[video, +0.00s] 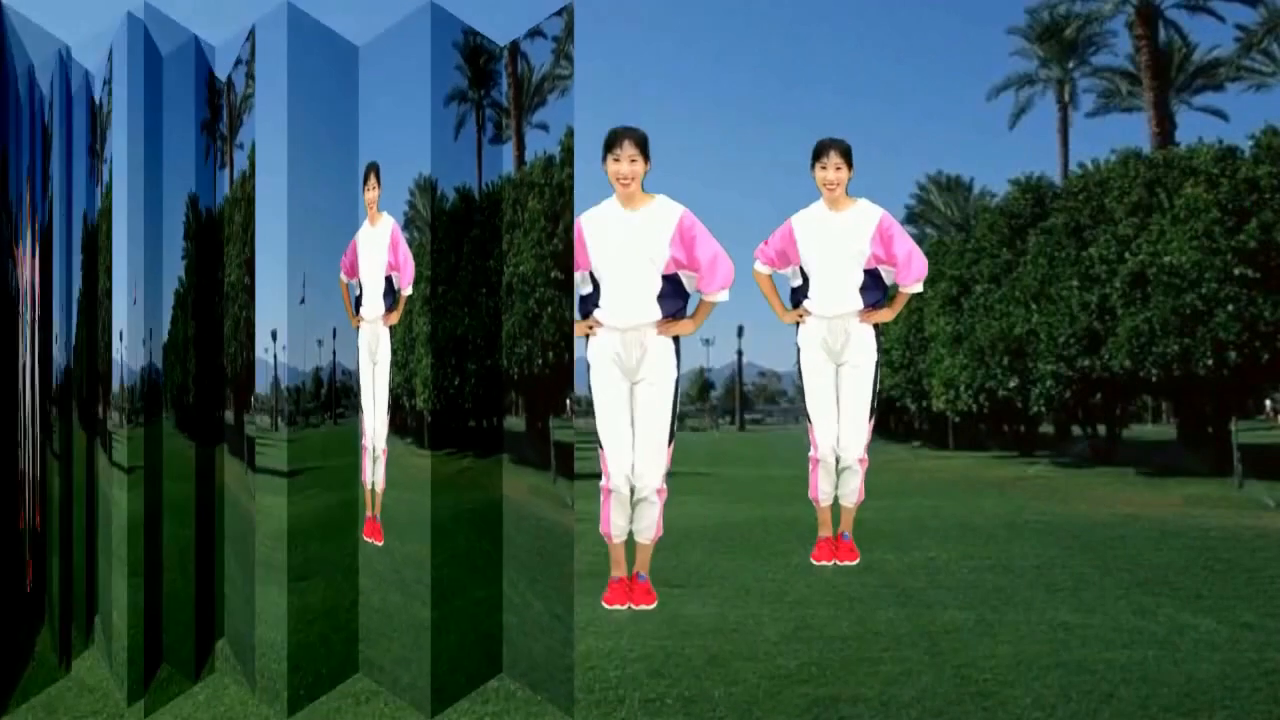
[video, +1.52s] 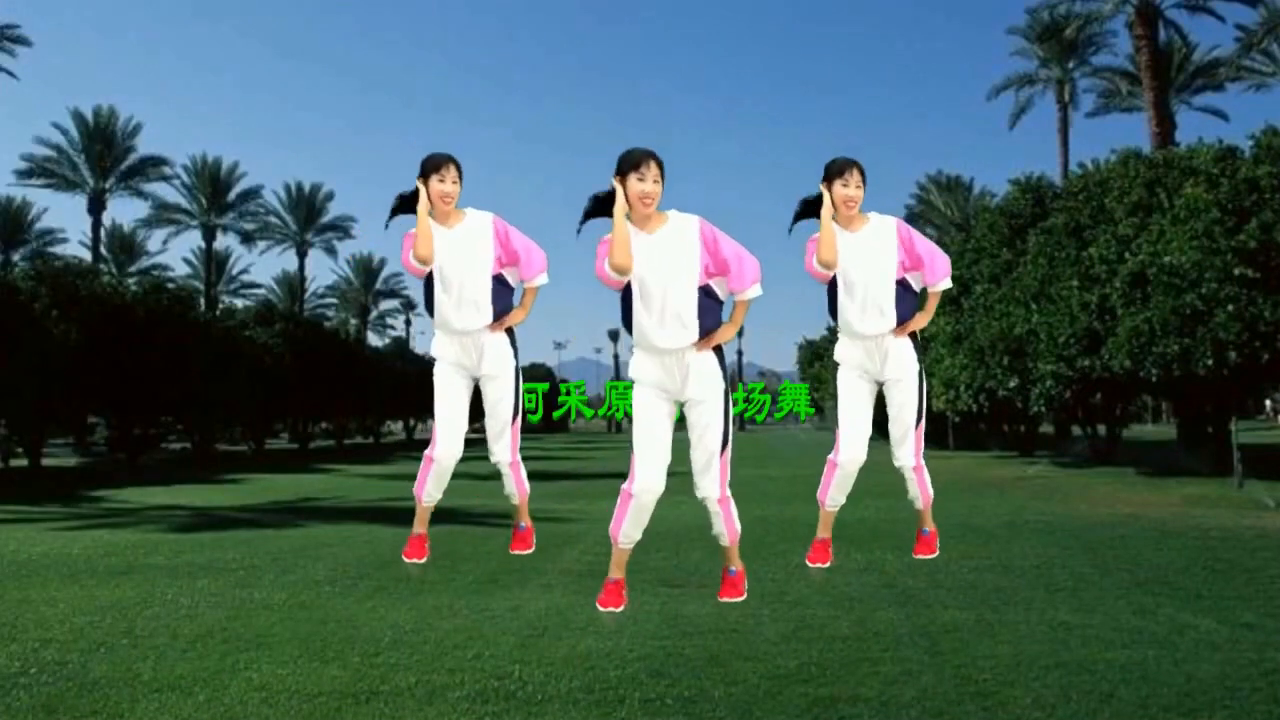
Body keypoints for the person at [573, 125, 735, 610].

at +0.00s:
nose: (625, 168)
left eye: (633, 159)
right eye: (616, 159)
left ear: (646, 165)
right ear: (605, 166)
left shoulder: (672, 216)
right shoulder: (587, 225)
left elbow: (720, 269)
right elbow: (562, 278)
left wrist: (694, 321)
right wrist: (573, 320)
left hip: (657, 347)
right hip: (606, 348)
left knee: (651, 468)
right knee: (616, 466)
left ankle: (641, 574)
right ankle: (617, 574)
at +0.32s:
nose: (627, 157)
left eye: (635, 148)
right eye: (618, 149)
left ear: (649, 155)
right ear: (607, 157)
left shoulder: (674, 208)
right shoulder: (593, 213)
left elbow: (720, 263)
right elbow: (547, 261)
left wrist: (694, 315)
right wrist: (571, 314)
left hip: (657, 339)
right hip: (606, 339)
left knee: (653, 457)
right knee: (612, 457)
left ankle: (643, 572)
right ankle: (616, 573)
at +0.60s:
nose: (632, 166)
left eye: (640, 158)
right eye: (623, 158)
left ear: (653, 168)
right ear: (612, 168)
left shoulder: (674, 223)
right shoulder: (594, 225)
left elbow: (723, 278)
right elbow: (547, 273)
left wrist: (694, 328)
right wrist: (571, 328)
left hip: (659, 350)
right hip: (608, 349)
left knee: (653, 467)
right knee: (618, 467)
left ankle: (643, 573)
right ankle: (618, 573)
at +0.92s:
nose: (631, 157)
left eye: (638, 150)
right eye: (621, 149)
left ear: (649, 161)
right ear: (606, 161)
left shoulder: (674, 213)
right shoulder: (589, 218)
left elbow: (718, 265)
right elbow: (543, 266)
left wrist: (694, 318)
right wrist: (577, 302)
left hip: (658, 343)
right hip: (607, 344)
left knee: (650, 463)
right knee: (613, 463)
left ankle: (640, 572)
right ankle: (612, 575)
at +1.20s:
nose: (632, 160)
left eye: (638, 152)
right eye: (622, 152)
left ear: (647, 161)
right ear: (604, 160)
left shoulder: (671, 205)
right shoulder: (591, 216)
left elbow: (720, 256)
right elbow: (555, 268)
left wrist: (703, 310)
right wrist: (586, 213)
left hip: (667, 338)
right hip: (617, 342)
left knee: (673, 458)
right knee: (619, 461)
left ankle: (682, 532)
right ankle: (611, 575)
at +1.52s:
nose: (648, 187)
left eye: (654, 180)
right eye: (639, 179)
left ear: (663, 186)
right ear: (621, 187)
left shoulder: (692, 228)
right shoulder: (614, 239)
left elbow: (746, 269)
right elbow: (621, 269)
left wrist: (732, 325)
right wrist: (620, 209)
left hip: (702, 363)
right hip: (650, 368)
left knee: (709, 485)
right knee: (646, 483)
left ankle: (733, 566)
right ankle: (615, 577)